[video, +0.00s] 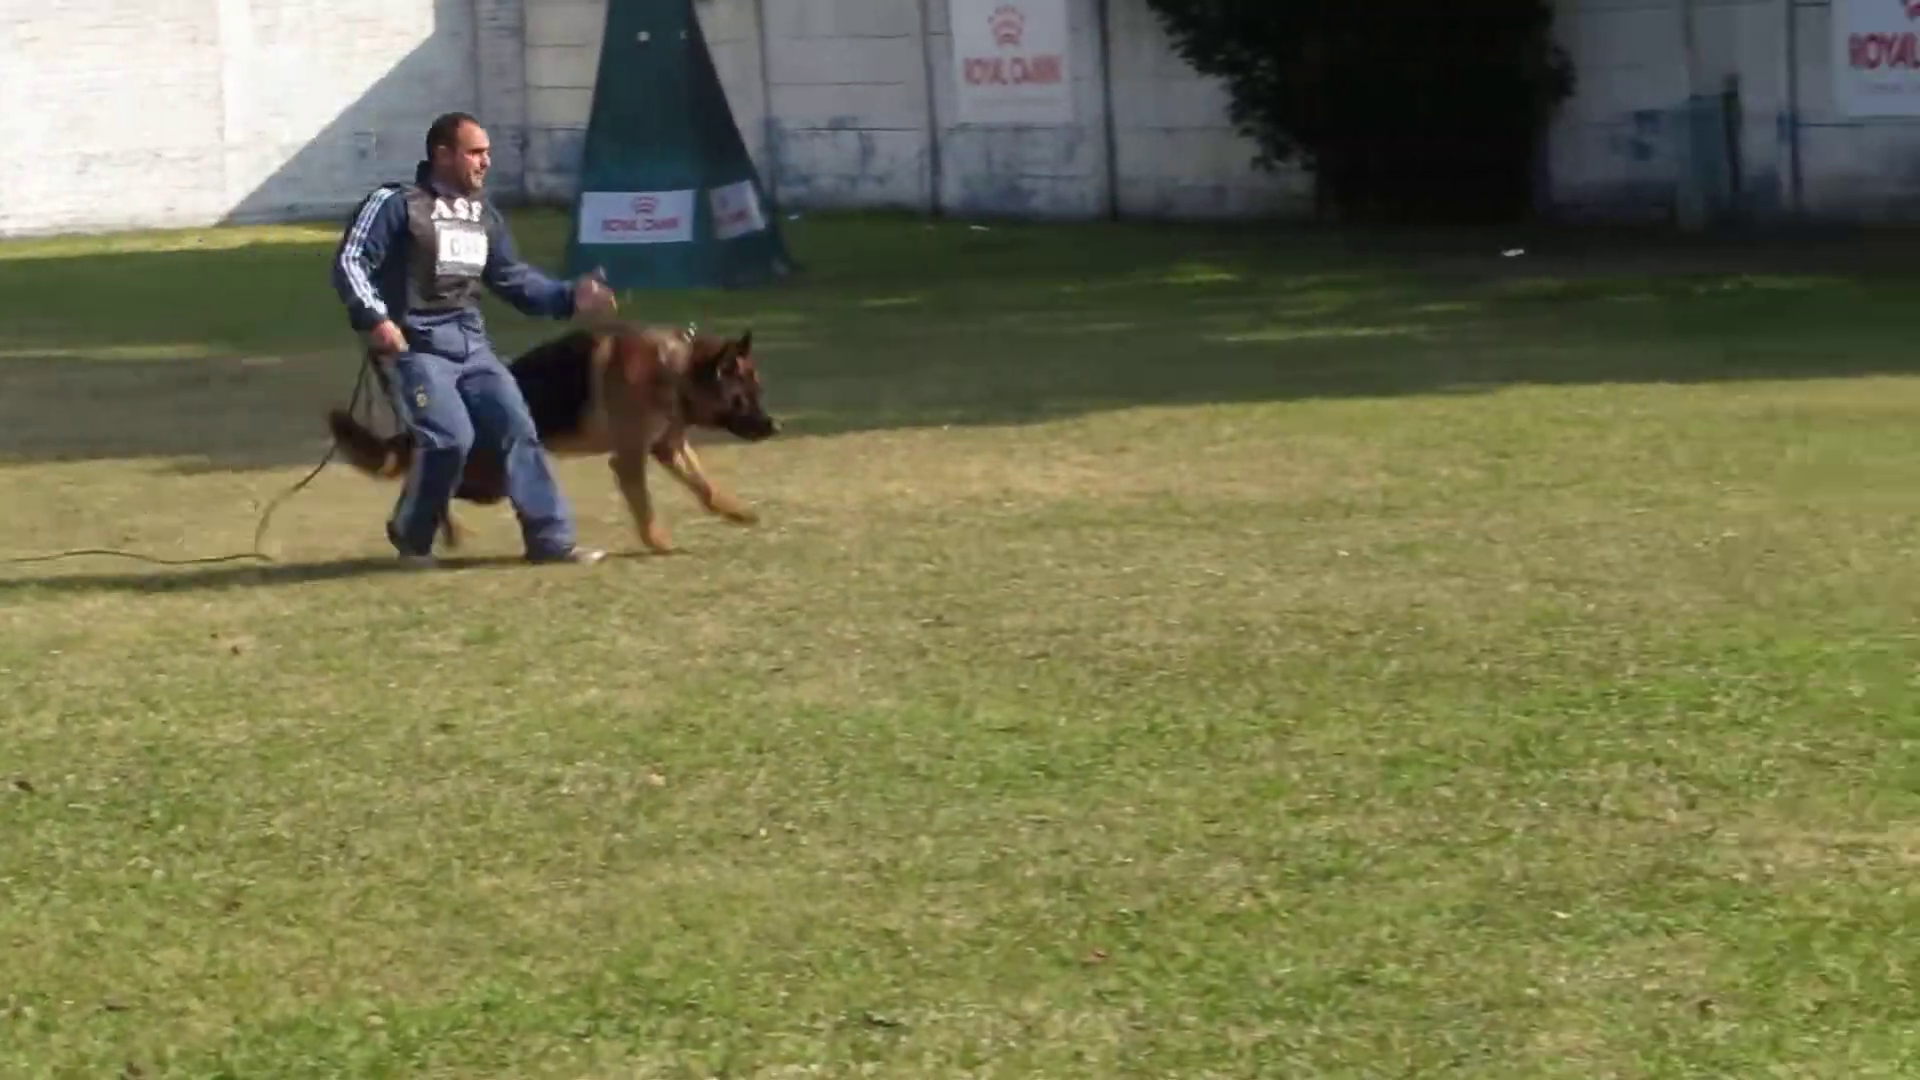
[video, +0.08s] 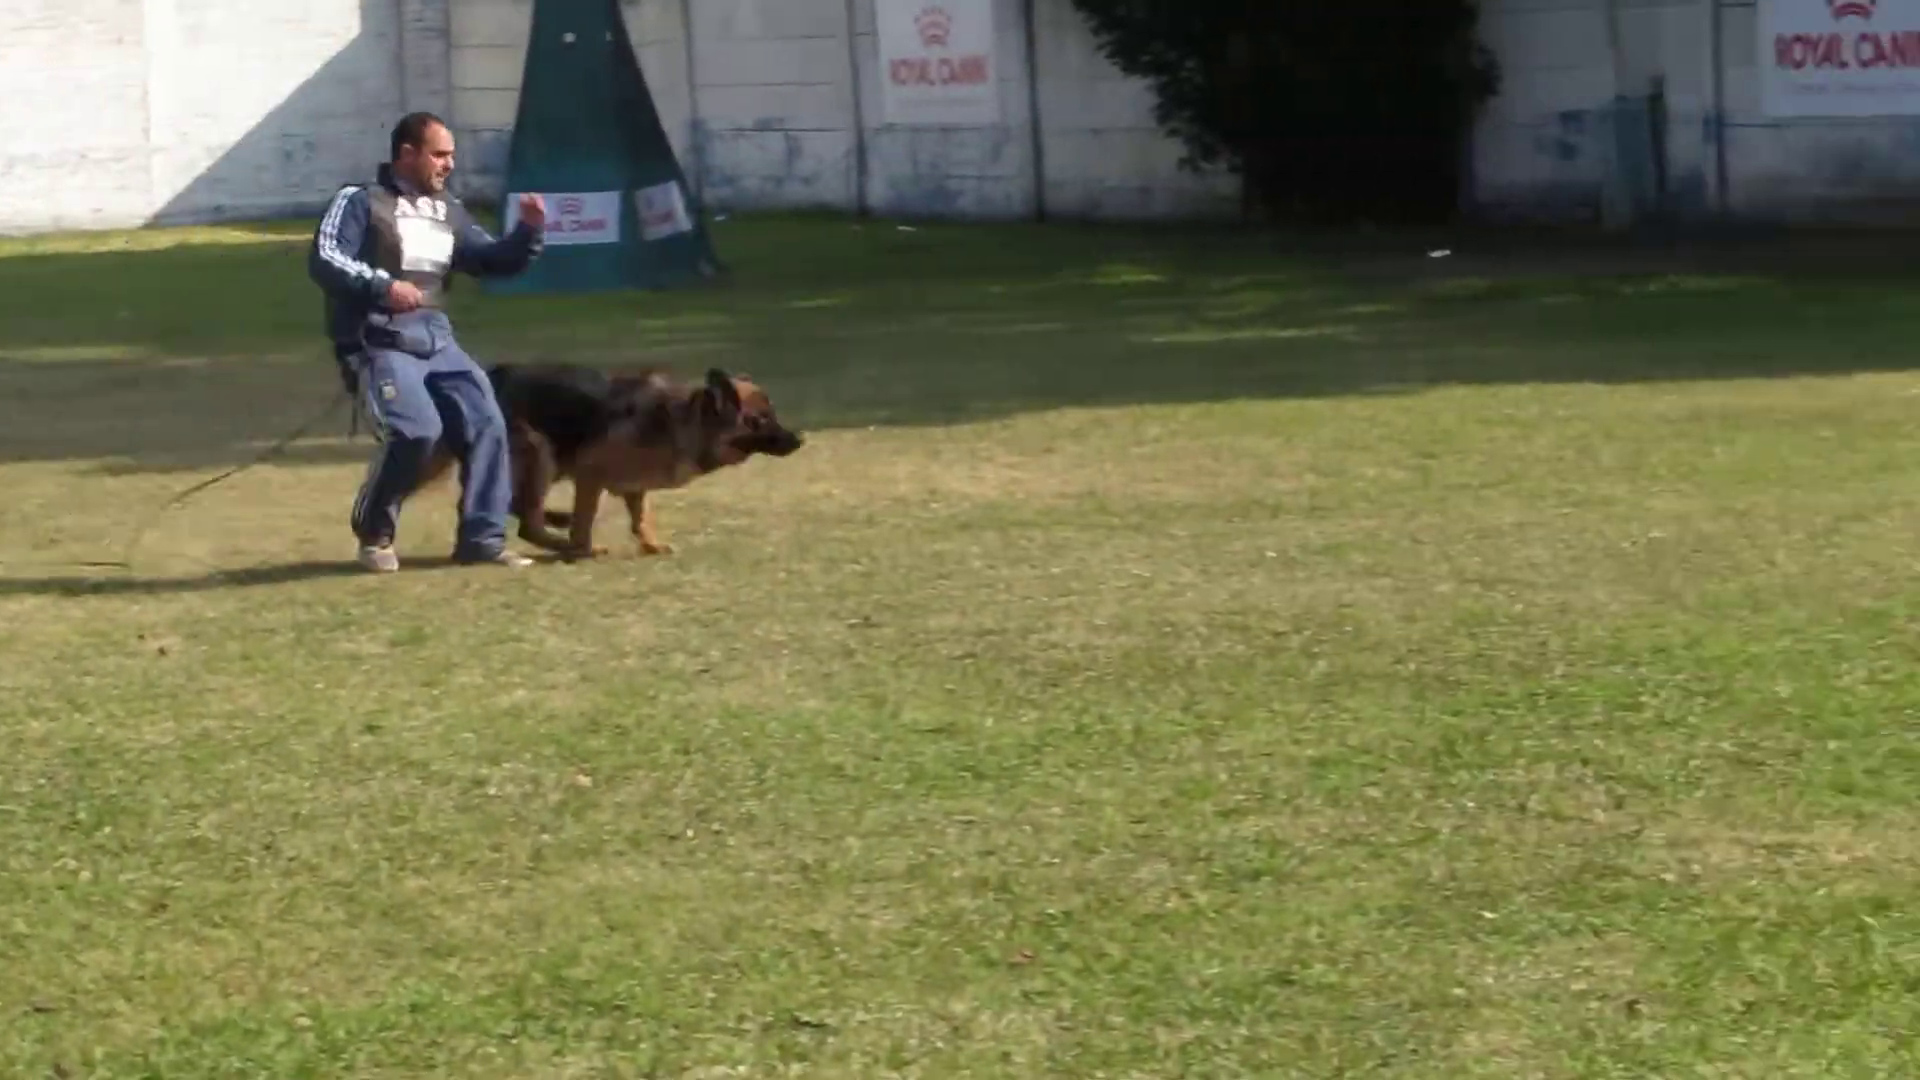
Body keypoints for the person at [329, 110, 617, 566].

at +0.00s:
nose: (485, 161)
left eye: (486, 152)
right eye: (475, 153)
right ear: (442, 155)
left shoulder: (482, 213)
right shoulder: (394, 203)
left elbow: (511, 279)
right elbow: (350, 263)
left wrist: (569, 297)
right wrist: (377, 320)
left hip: (471, 341)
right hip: (415, 344)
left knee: (518, 427)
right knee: (452, 437)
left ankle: (549, 541)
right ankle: (410, 537)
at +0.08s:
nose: (449, 164)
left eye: (451, 155)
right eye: (440, 154)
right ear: (405, 154)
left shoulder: (447, 211)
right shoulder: (359, 200)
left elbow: (490, 261)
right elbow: (324, 257)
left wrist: (528, 232)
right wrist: (383, 286)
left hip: (436, 339)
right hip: (378, 342)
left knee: (486, 423)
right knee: (418, 431)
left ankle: (481, 540)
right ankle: (374, 529)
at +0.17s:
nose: (405, 149)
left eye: (408, 140)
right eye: (397, 139)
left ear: (382, 142)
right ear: (363, 138)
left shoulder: (402, 196)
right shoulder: (314, 185)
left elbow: (430, 259)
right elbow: (304, 252)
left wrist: (456, 246)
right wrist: (371, 260)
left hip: (391, 327)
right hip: (334, 329)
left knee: (435, 415)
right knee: (390, 413)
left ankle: (417, 537)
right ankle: (374, 539)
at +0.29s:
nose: (335, 129)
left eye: (337, 120)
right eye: (326, 119)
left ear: (318, 121)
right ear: (293, 118)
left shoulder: (336, 174)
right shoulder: (247, 167)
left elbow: (366, 245)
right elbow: (264, 219)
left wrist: (344, 244)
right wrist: (333, 196)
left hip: (333, 320)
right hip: (279, 322)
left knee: (357, 428)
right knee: (332, 425)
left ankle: (316, 538)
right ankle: (362, 543)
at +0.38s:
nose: (281, 119)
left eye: (279, 109)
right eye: (267, 110)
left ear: (271, 115)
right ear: (233, 115)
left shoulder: (278, 170)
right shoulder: (194, 161)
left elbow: (312, 230)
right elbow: (195, 187)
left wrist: (290, 258)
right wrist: (255, 143)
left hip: (284, 322)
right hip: (234, 324)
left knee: (295, 432)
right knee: (274, 431)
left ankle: (244, 538)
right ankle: (300, 548)